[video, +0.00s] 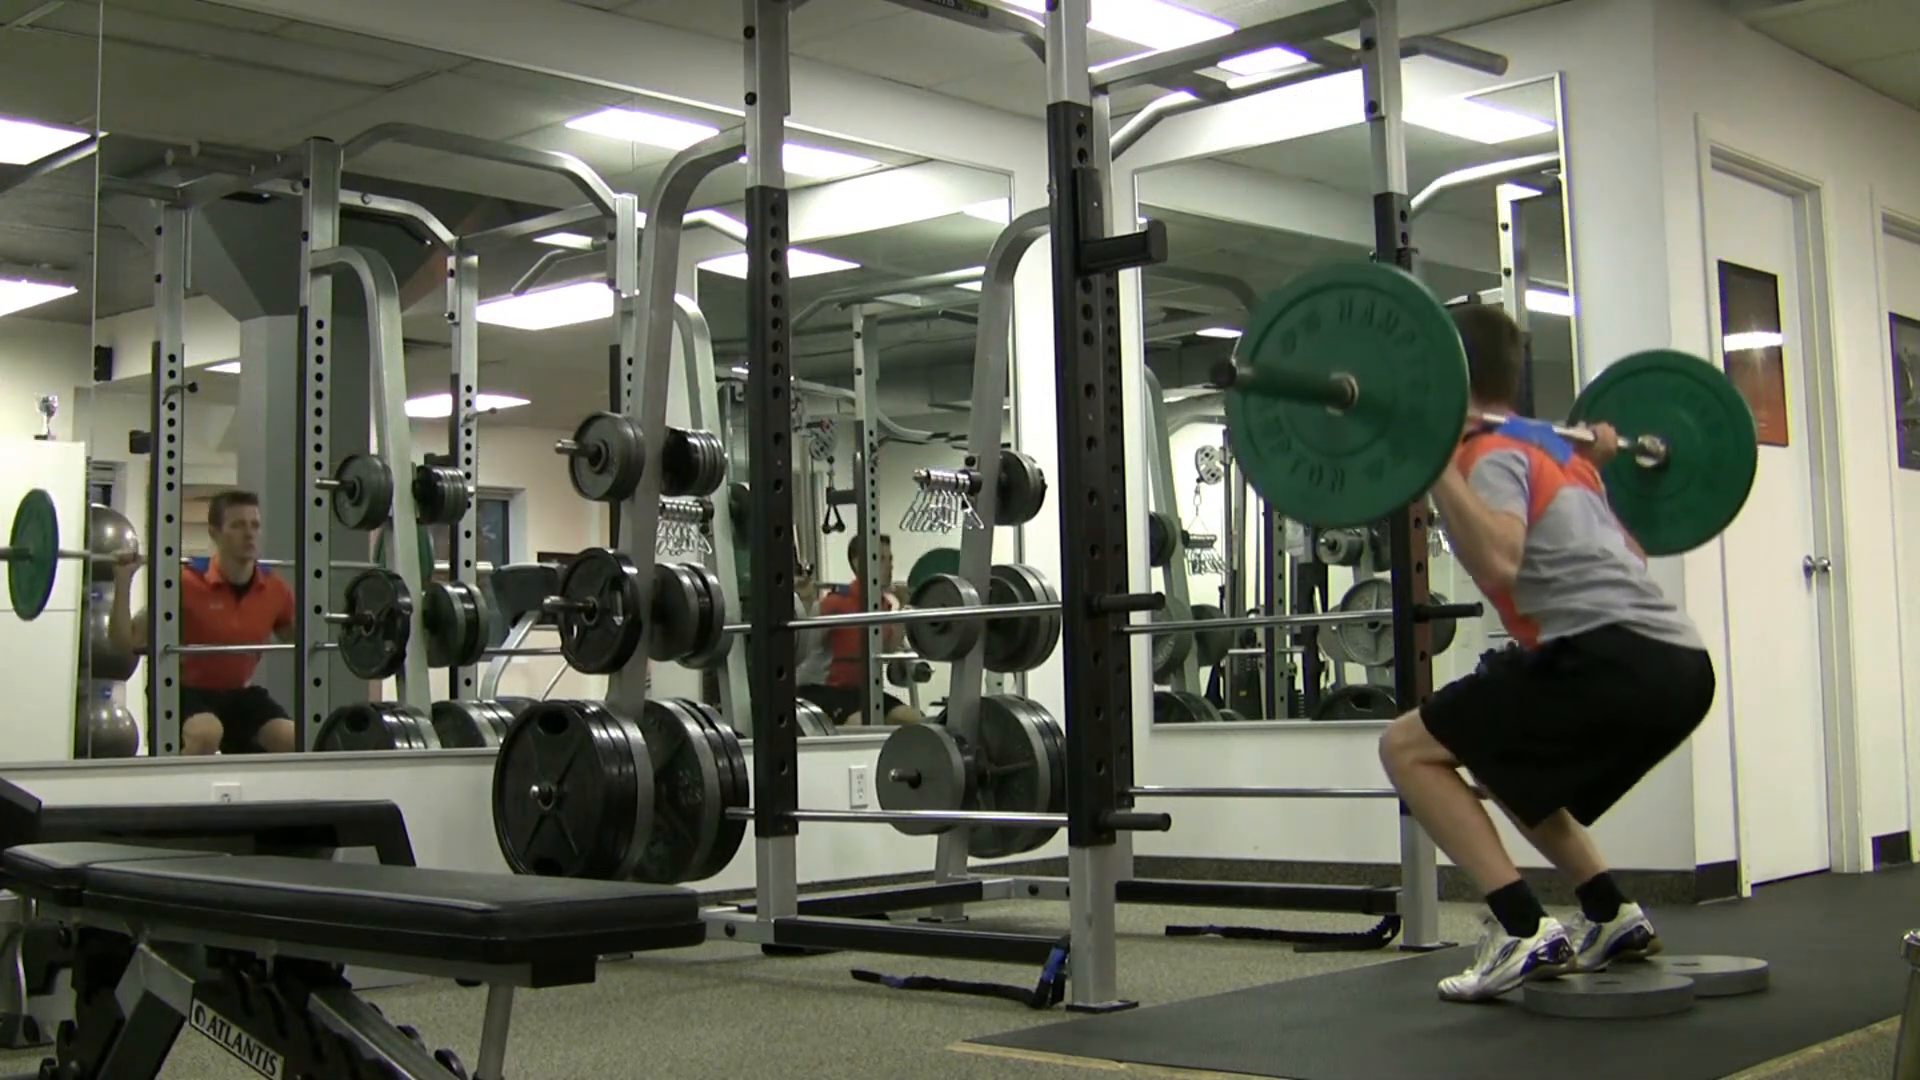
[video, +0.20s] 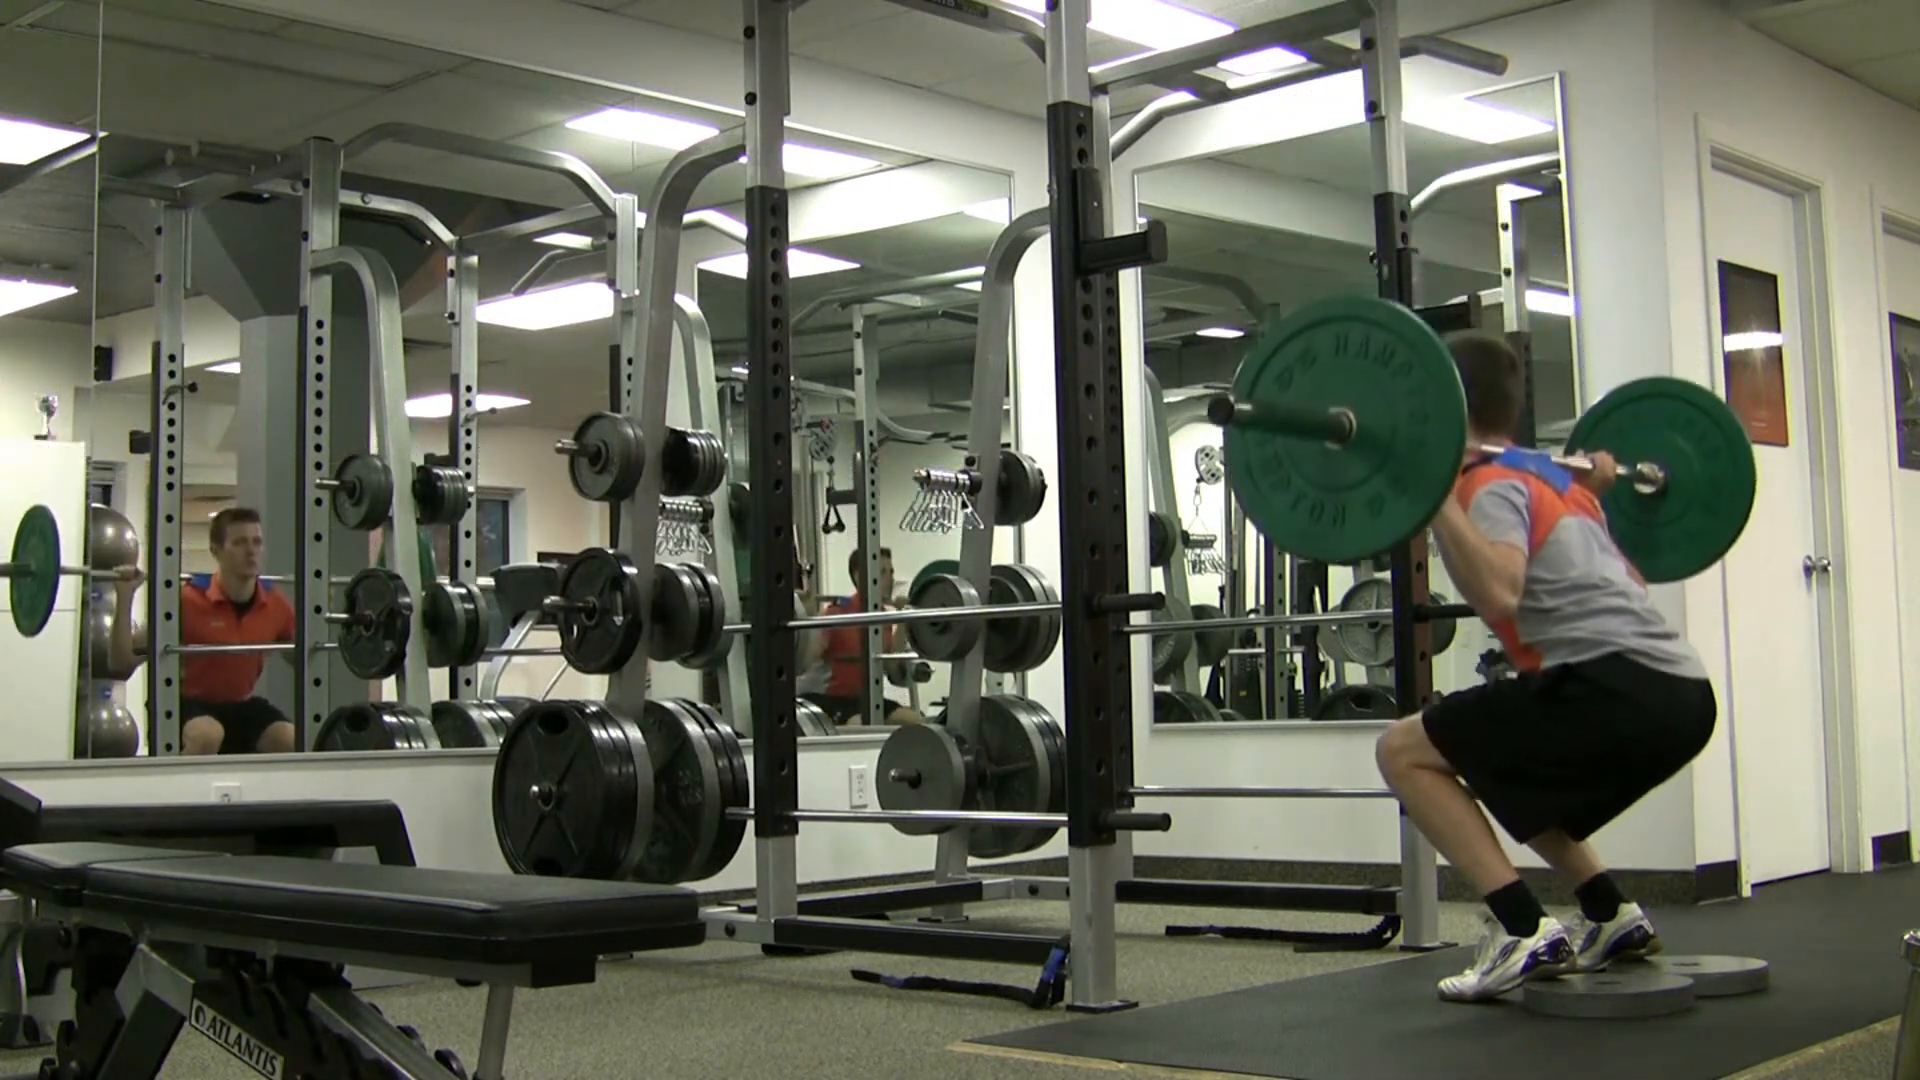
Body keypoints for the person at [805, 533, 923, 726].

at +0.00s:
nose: (889, 566)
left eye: (890, 559)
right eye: (881, 559)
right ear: (857, 563)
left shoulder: (884, 605)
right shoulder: (836, 602)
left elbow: (890, 649)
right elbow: (811, 644)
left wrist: (904, 606)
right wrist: (806, 602)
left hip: (869, 689)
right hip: (832, 690)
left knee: (913, 720)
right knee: (865, 727)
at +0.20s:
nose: (889, 579)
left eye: (891, 572)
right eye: (882, 572)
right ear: (858, 576)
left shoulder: (886, 616)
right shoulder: (835, 613)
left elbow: (896, 673)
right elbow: (810, 661)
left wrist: (902, 620)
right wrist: (810, 613)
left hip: (872, 699)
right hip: (836, 699)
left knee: (917, 722)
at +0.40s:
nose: (891, 589)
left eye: (892, 582)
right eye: (882, 583)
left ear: (895, 583)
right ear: (859, 586)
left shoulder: (884, 625)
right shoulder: (836, 623)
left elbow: (891, 674)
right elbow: (808, 671)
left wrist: (908, 627)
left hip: (871, 704)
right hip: (837, 706)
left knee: (916, 721)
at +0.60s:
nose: (892, 593)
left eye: (893, 586)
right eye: (883, 586)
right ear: (859, 590)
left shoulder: (885, 631)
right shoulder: (834, 627)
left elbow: (890, 677)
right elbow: (805, 677)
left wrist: (908, 631)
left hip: (870, 706)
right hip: (834, 708)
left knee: (916, 721)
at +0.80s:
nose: (892, 584)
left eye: (893, 577)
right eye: (883, 578)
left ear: (896, 577)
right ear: (860, 582)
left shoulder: (885, 619)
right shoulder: (837, 618)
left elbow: (894, 674)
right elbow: (806, 668)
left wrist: (908, 625)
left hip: (873, 700)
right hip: (836, 701)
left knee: (916, 722)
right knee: (866, 733)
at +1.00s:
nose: (890, 561)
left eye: (891, 554)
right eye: (882, 555)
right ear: (858, 559)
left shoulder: (885, 602)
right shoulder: (836, 598)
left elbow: (891, 650)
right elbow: (811, 643)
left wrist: (907, 604)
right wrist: (807, 600)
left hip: (870, 687)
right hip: (835, 687)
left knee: (915, 720)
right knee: (863, 728)